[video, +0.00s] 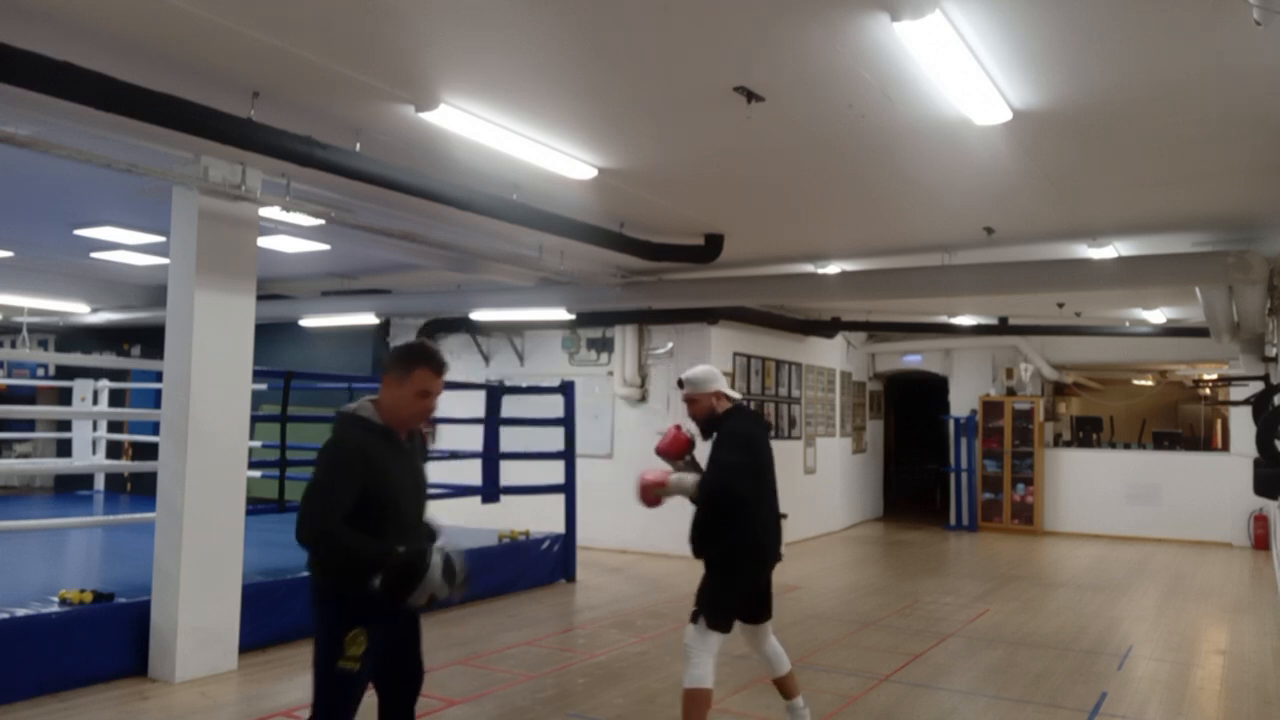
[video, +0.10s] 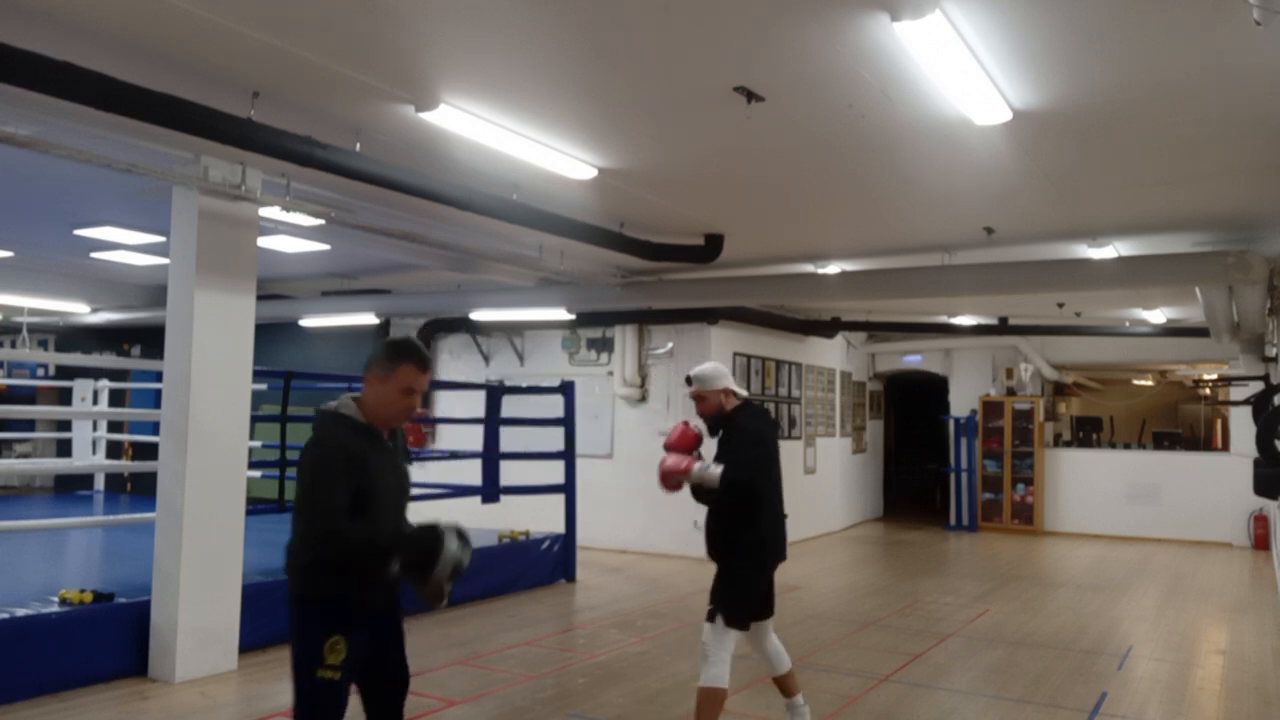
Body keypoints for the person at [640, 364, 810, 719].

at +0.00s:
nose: (688, 411)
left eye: (691, 402)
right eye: (686, 403)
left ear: (714, 398)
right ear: (716, 399)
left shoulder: (736, 431)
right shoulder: (743, 425)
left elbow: (724, 494)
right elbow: (720, 490)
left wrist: (675, 483)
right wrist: (686, 463)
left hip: (733, 558)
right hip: (754, 555)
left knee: (699, 644)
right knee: (760, 637)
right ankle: (800, 712)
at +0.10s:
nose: (697, 408)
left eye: (700, 399)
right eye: (694, 400)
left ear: (723, 395)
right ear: (722, 395)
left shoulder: (747, 426)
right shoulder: (739, 424)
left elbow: (745, 487)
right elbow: (719, 491)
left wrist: (694, 470)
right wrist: (693, 459)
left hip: (745, 555)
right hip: (752, 551)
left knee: (716, 644)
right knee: (763, 636)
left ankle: (703, 717)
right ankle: (799, 711)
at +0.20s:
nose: (702, 408)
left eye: (706, 399)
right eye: (700, 400)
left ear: (730, 395)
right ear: (724, 396)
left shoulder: (758, 423)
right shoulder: (733, 429)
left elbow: (760, 479)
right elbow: (713, 496)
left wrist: (708, 457)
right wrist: (695, 468)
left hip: (753, 553)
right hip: (748, 551)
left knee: (715, 642)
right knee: (759, 636)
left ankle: (719, 717)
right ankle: (798, 711)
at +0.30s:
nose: (705, 412)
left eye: (710, 405)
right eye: (703, 405)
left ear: (734, 401)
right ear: (721, 403)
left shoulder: (763, 431)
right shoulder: (726, 436)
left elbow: (767, 490)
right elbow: (707, 503)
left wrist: (714, 456)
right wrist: (691, 465)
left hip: (759, 559)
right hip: (740, 556)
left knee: (711, 649)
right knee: (757, 641)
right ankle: (799, 712)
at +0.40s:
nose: (705, 414)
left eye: (710, 406)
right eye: (704, 406)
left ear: (735, 404)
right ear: (736, 404)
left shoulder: (751, 440)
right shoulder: (764, 430)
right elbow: (744, 471)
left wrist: (688, 459)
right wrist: (705, 443)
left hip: (747, 568)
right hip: (759, 562)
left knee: (710, 659)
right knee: (759, 646)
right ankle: (798, 712)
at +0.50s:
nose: (703, 403)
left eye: (707, 394)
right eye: (701, 395)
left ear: (731, 392)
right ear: (738, 391)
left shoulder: (735, 434)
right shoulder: (767, 418)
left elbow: (698, 493)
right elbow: (739, 444)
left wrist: (683, 447)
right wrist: (699, 415)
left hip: (742, 559)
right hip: (766, 551)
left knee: (718, 662)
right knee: (756, 641)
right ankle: (787, 713)